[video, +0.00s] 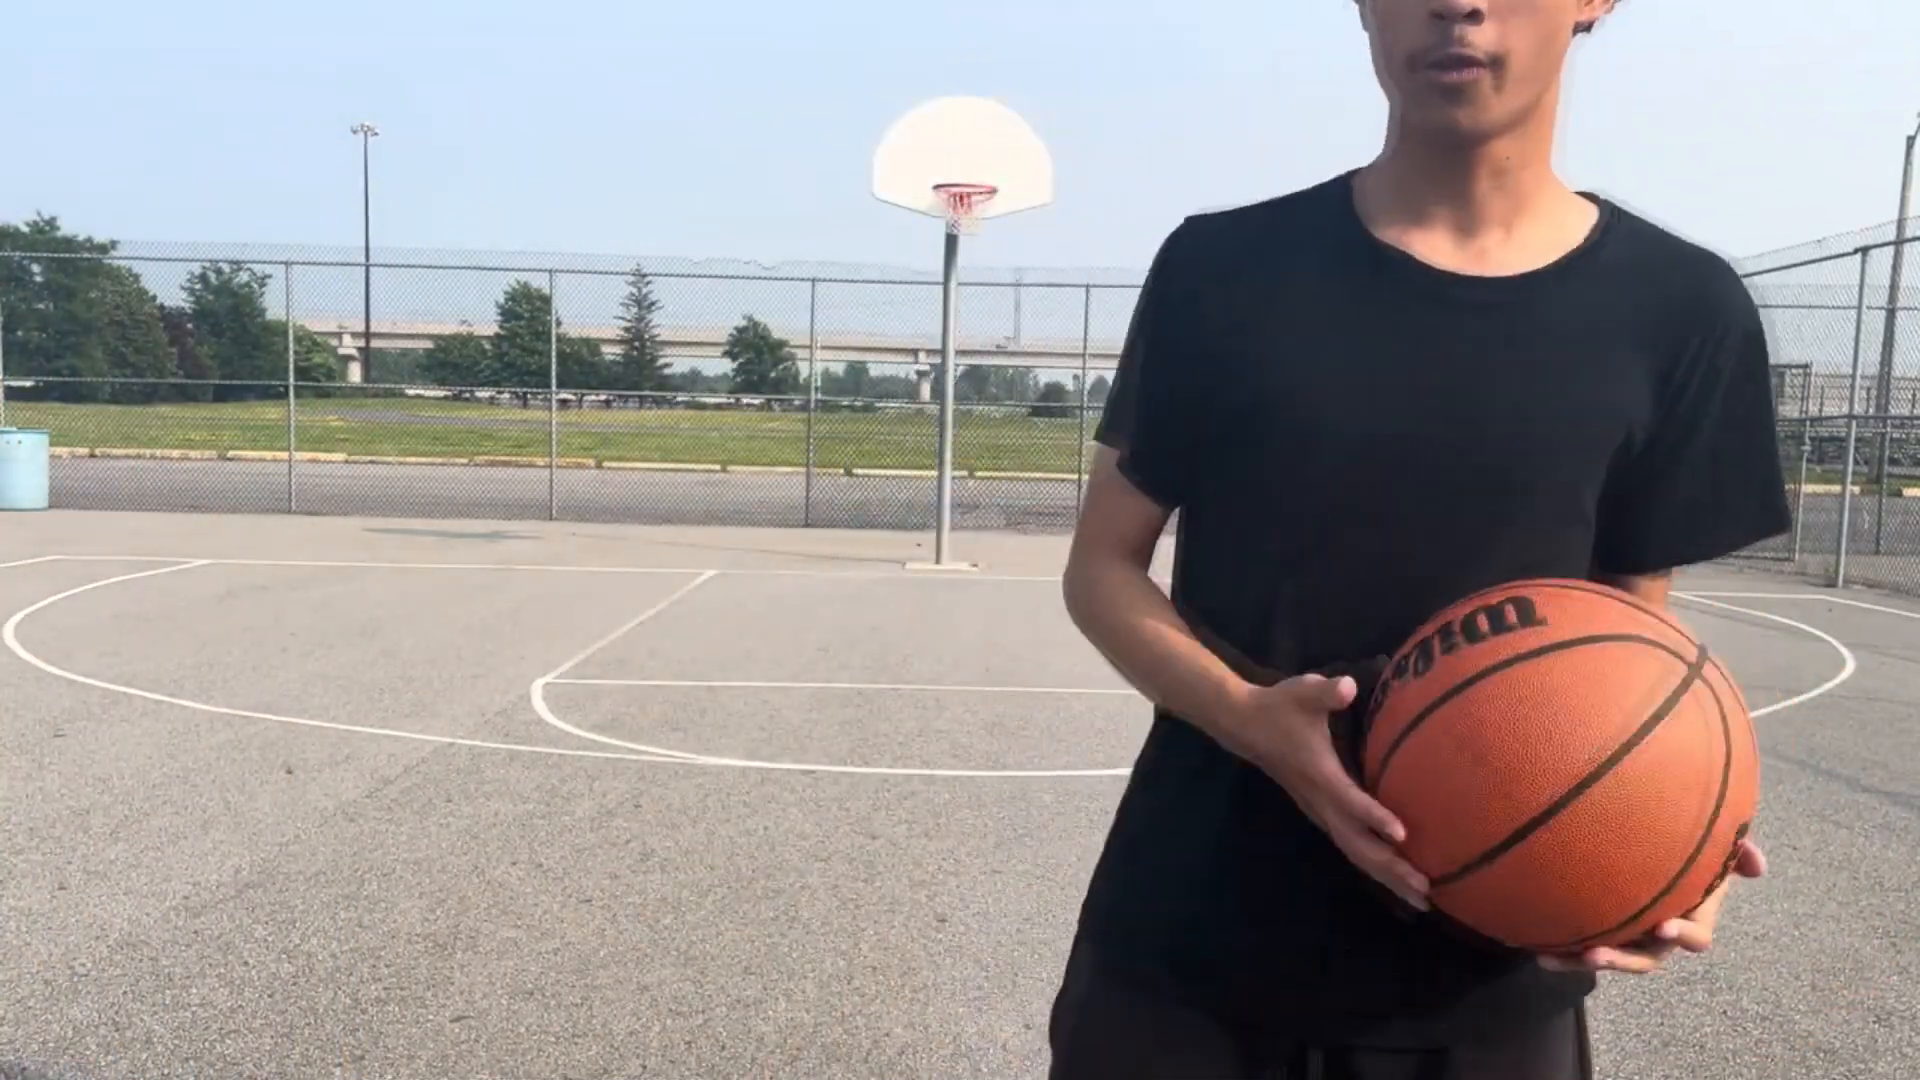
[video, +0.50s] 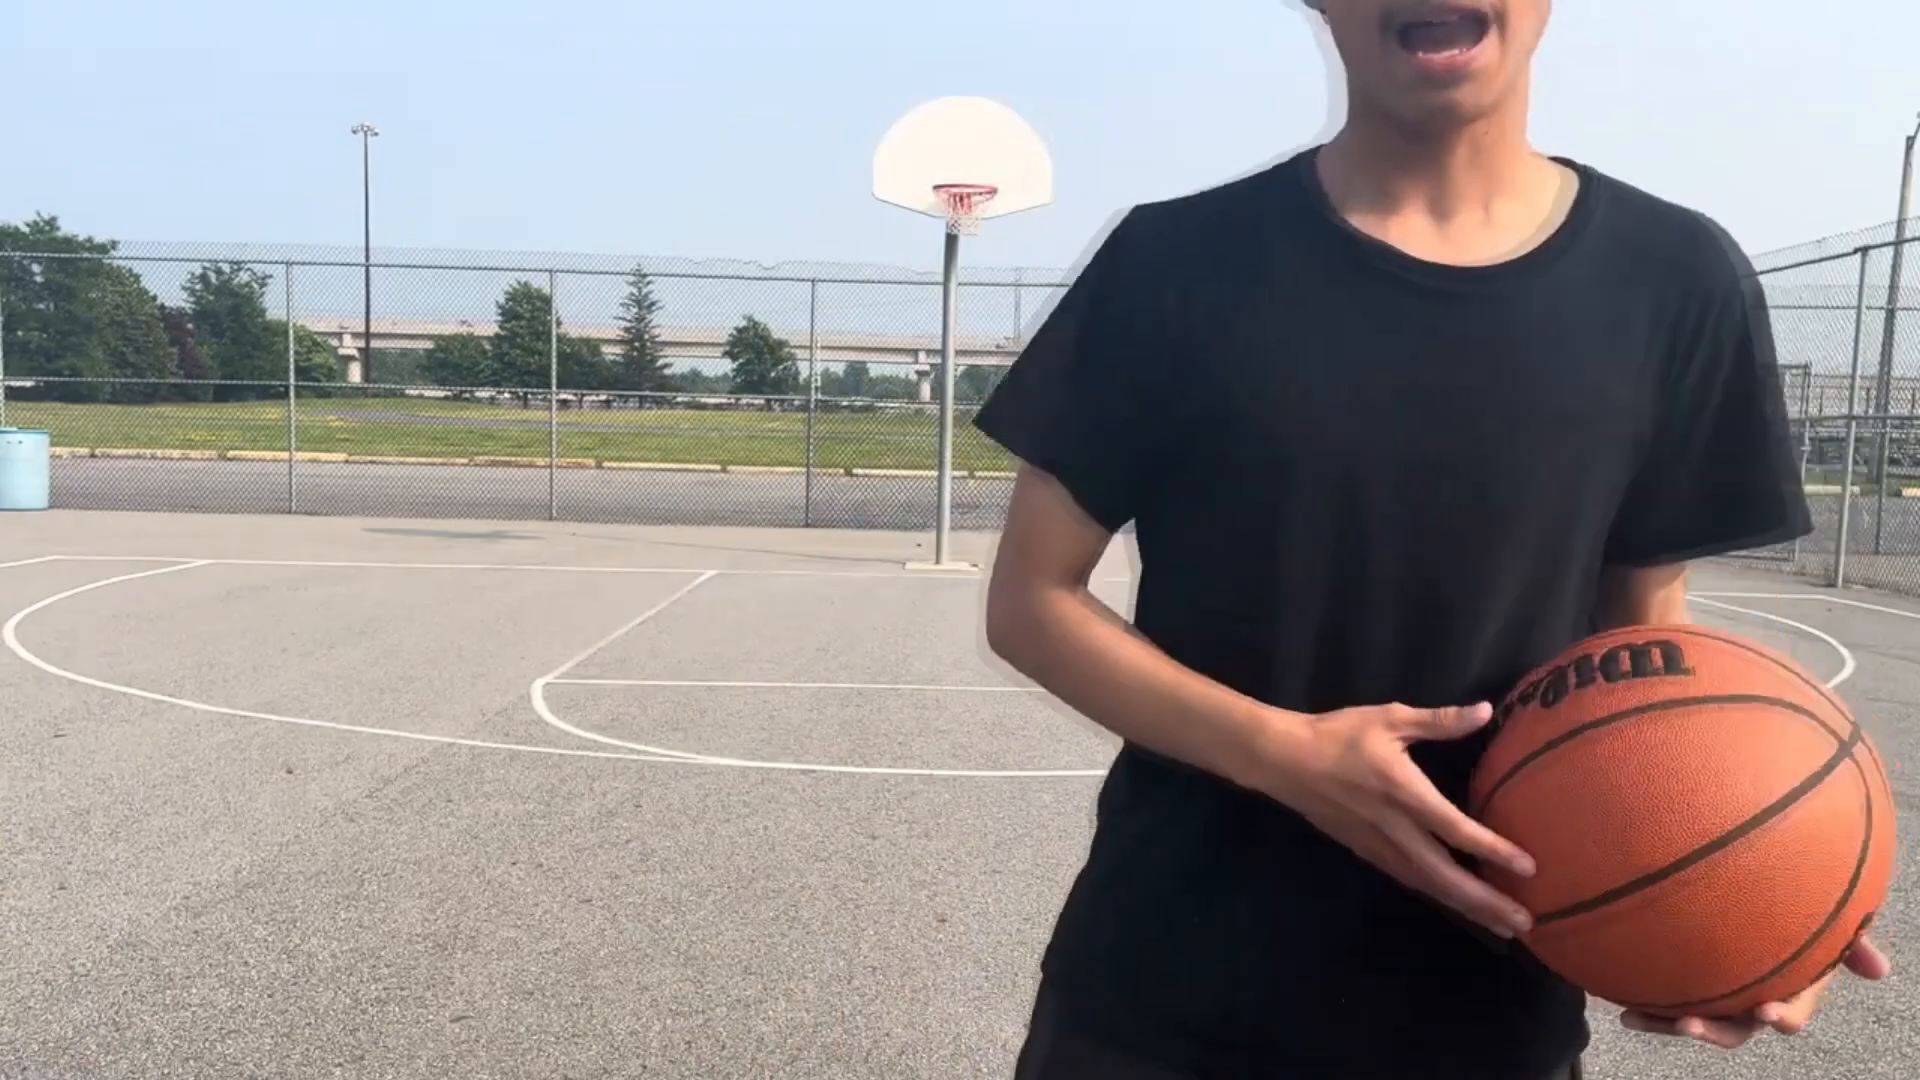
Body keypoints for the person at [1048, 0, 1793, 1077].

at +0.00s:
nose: (1454, 2)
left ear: (1587, 5)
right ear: (1366, 12)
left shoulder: (1682, 308)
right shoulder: (1218, 269)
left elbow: (1635, 617)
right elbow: (1100, 567)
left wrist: (1659, 828)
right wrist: (1242, 713)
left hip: (1489, 995)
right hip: (1188, 965)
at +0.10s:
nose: (1483, 1)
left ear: (1612, 2)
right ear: (1393, 7)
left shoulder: (1716, 310)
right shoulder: (1240, 253)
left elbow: (1674, 619)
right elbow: (1102, 555)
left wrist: (1709, 816)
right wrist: (1259, 705)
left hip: (1493, 995)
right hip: (1189, 961)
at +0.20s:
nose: (1500, 5)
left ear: (1626, 12)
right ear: (1405, 15)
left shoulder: (1735, 309)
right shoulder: (1247, 245)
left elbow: (1714, 639)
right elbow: (1094, 547)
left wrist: (1764, 846)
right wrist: (1276, 703)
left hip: (1494, 1008)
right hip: (1185, 969)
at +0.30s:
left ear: (1626, 5)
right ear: (1403, 6)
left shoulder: (1739, 300)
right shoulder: (1236, 245)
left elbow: (1738, 631)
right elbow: (1086, 552)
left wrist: (1805, 871)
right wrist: (1285, 716)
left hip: (1493, 1014)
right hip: (1179, 983)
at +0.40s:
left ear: (1599, 6)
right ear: (1376, 1)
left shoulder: (1722, 292)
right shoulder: (1208, 251)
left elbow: (1711, 646)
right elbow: (1058, 569)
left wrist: (1777, 899)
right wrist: (1285, 732)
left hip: (1491, 1025)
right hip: (1171, 1003)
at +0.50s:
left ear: (1545, 2)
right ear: (1321, 2)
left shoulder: (1676, 281)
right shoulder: (1171, 265)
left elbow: (1646, 635)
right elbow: (1027, 599)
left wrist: (1717, 892)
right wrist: (1282, 752)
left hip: (1485, 1029)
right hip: (1166, 1011)